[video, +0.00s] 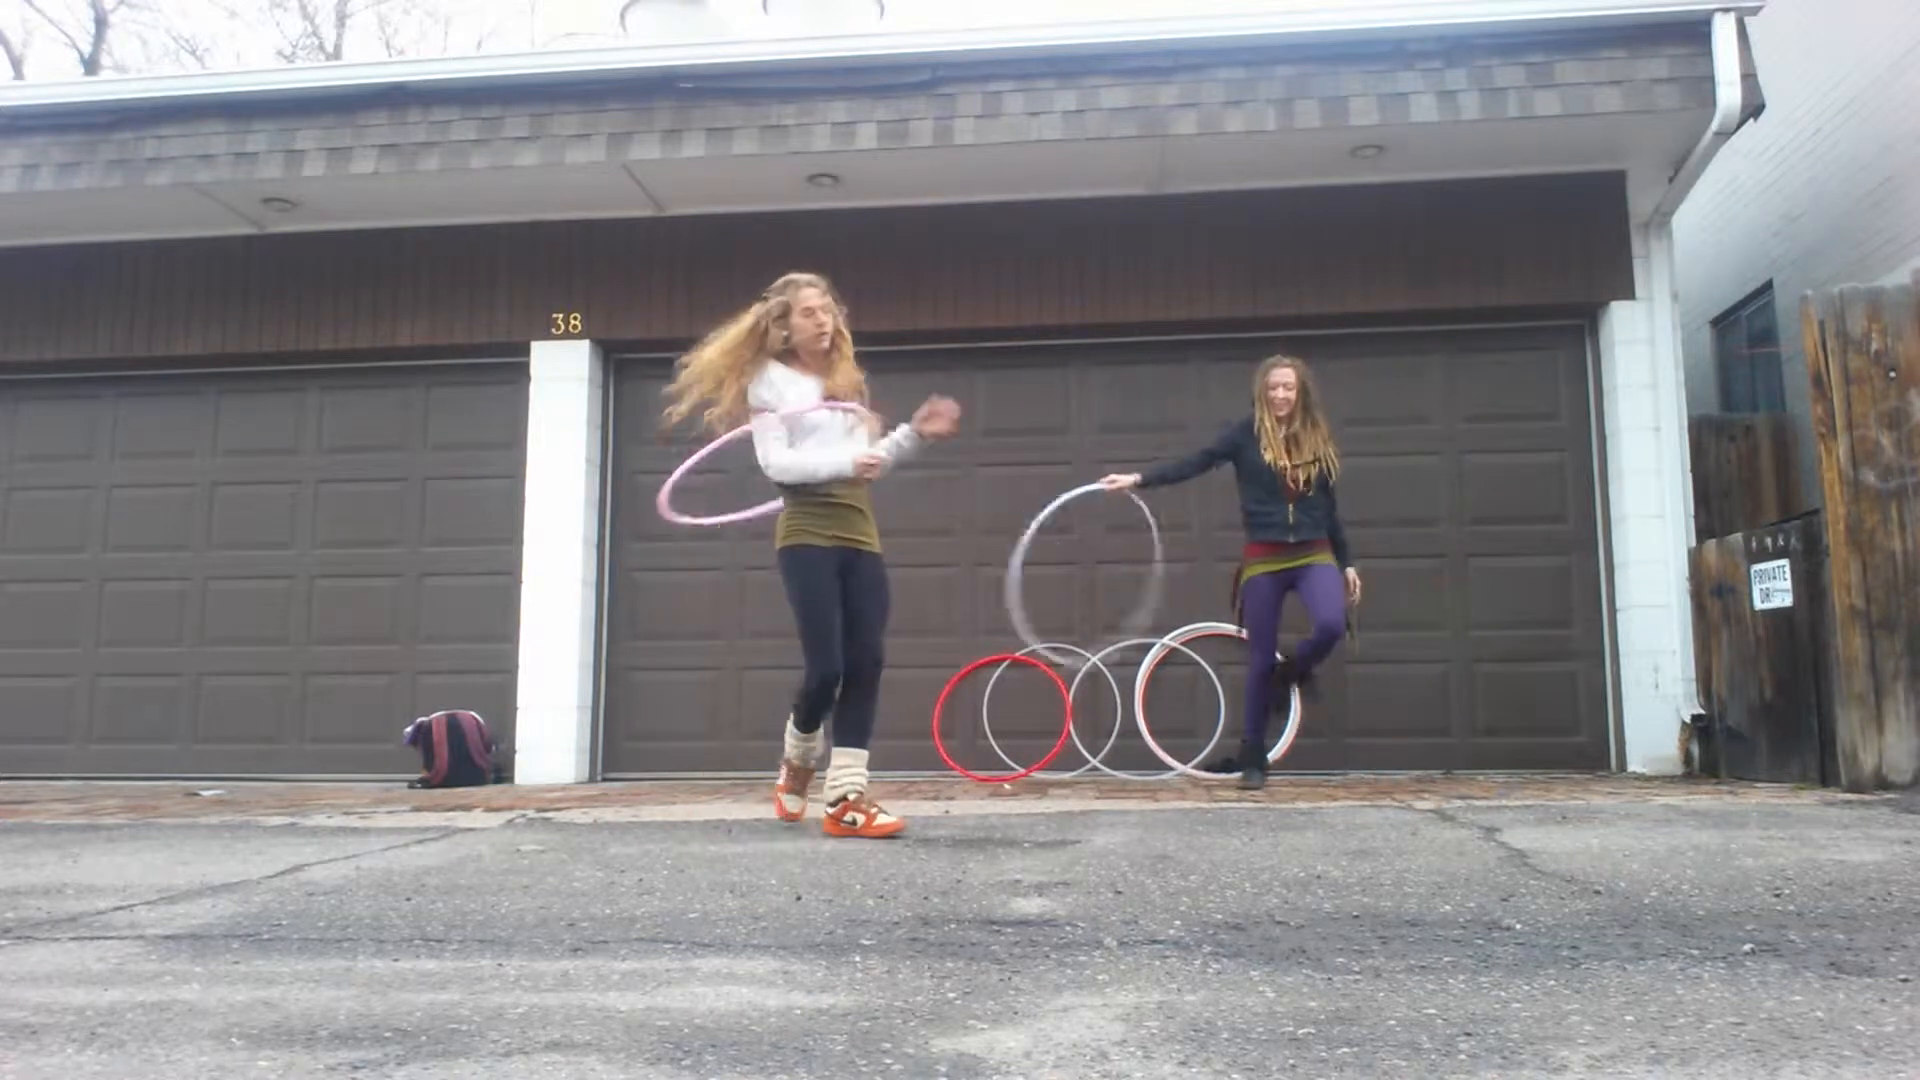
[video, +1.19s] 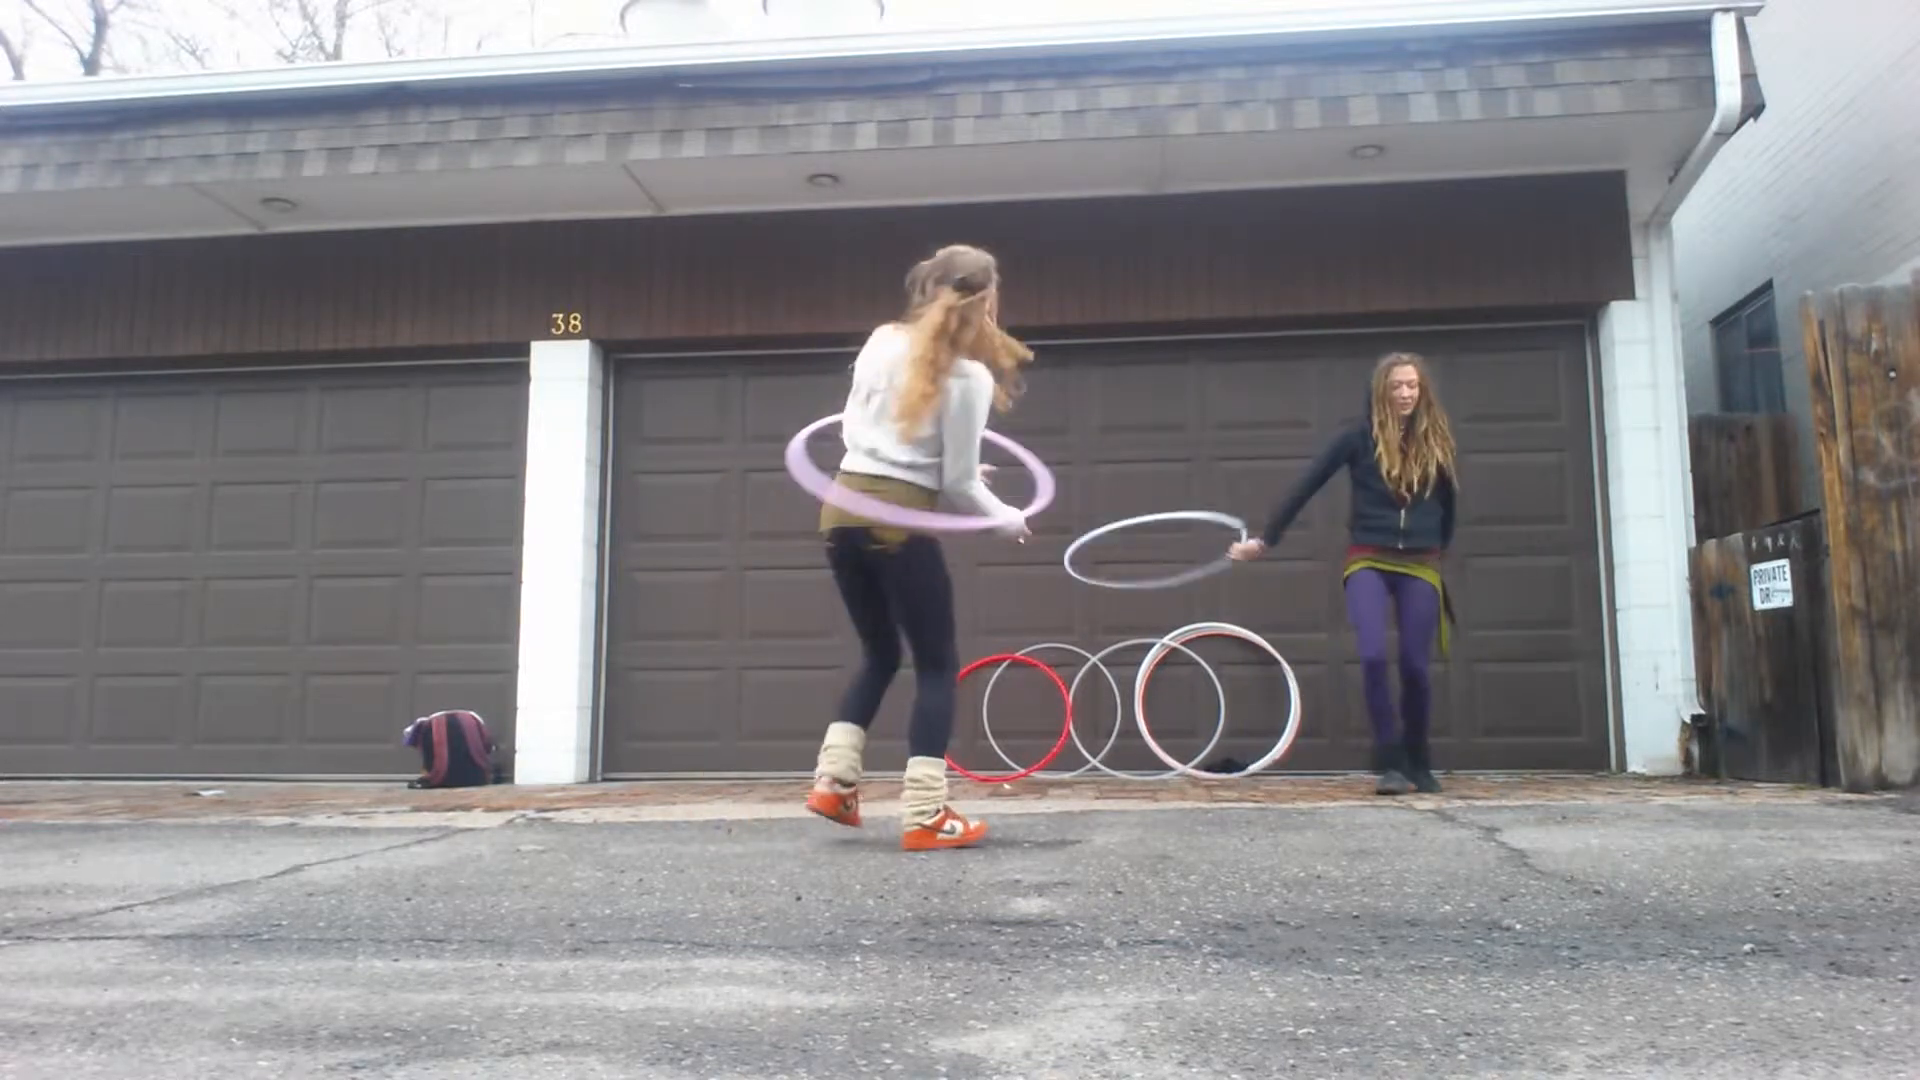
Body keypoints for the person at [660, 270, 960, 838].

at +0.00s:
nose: (822, 320)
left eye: (826, 310)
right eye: (808, 313)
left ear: (836, 318)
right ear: (784, 326)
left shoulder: (847, 382)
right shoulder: (770, 381)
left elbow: (864, 461)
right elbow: (774, 462)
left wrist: (915, 431)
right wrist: (847, 461)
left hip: (859, 531)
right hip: (806, 530)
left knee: (867, 662)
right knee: (828, 669)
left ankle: (846, 797)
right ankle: (799, 760)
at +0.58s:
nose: (871, 337)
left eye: (876, 326)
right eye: (857, 327)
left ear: (884, 331)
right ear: (827, 333)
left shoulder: (900, 391)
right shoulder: (798, 403)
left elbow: (925, 462)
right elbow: (785, 489)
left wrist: (942, 495)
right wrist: (808, 512)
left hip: (882, 538)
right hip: (822, 539)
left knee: (887, 663)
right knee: (829, 650)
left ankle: (850, 796)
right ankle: (807, 785)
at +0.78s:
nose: (897, 359)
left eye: (902, 347)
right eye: (882, 349)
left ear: (910, 345)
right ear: (848, 354)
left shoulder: (925, 396)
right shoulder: (811, 409)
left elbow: (928, 486)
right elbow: (806, 495)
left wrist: (921, 562)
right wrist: (771, 498)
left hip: (900, 547)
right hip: (840, 546)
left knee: (901, 665)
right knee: (875, 651)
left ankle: (850, 797)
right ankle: (902, 779)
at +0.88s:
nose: (924, 361)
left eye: (929, 348)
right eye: (911, 350)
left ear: (935, 349)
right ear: (875, 353)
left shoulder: (938, 402)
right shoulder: (834, 415)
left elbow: (938, 491)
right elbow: (811, 499)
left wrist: (946, 565)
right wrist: (821, 518)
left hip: (902, 542)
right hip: (847, 545)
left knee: (909, 667)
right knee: (897, 663)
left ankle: (851, 794)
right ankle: (909, 797)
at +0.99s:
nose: (961, 345)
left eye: (962, 334)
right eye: (950, 336)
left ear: (950, 339)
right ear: (912, 344)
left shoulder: (945, 398)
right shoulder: (875, 408)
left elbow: (936, 476)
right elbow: (848, 490)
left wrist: (980, 544)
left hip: (880, 539)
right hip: (853, 542)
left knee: (897, 666)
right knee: (918, 662)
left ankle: (849, 800)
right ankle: (922, 810)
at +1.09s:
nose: (987, 328)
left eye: (987, 317)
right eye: (979, 319)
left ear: (944, 323)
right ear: (945, 325)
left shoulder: (912, 381)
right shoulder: (931, 387)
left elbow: (934, 472)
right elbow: (917, 487)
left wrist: (996, 505)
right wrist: (1000, 514)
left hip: (845, 532)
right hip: (872, 535)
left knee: (892, 668)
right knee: (927, 665)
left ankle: (839, 800)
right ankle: (924, 814)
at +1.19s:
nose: (994, 306)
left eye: (993, 296)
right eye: (991, 296)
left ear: (929, 292)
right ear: (975, 300)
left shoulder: (881, 342)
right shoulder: (970, 375)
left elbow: (855, 432)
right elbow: (959, 480)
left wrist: (956, 463)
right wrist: (1004, 515)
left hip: (841, 518)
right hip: (902, 525)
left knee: (880, 654)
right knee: (936, 667)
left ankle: (833, 780)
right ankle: (925, 812)